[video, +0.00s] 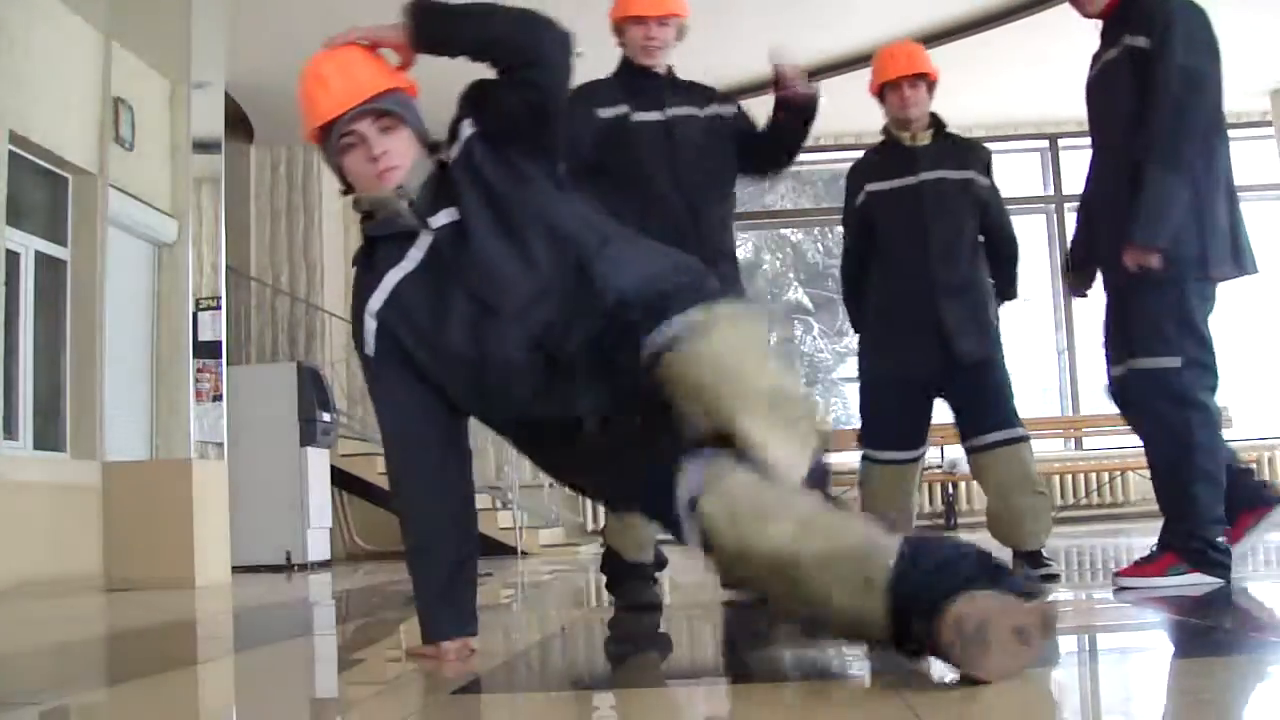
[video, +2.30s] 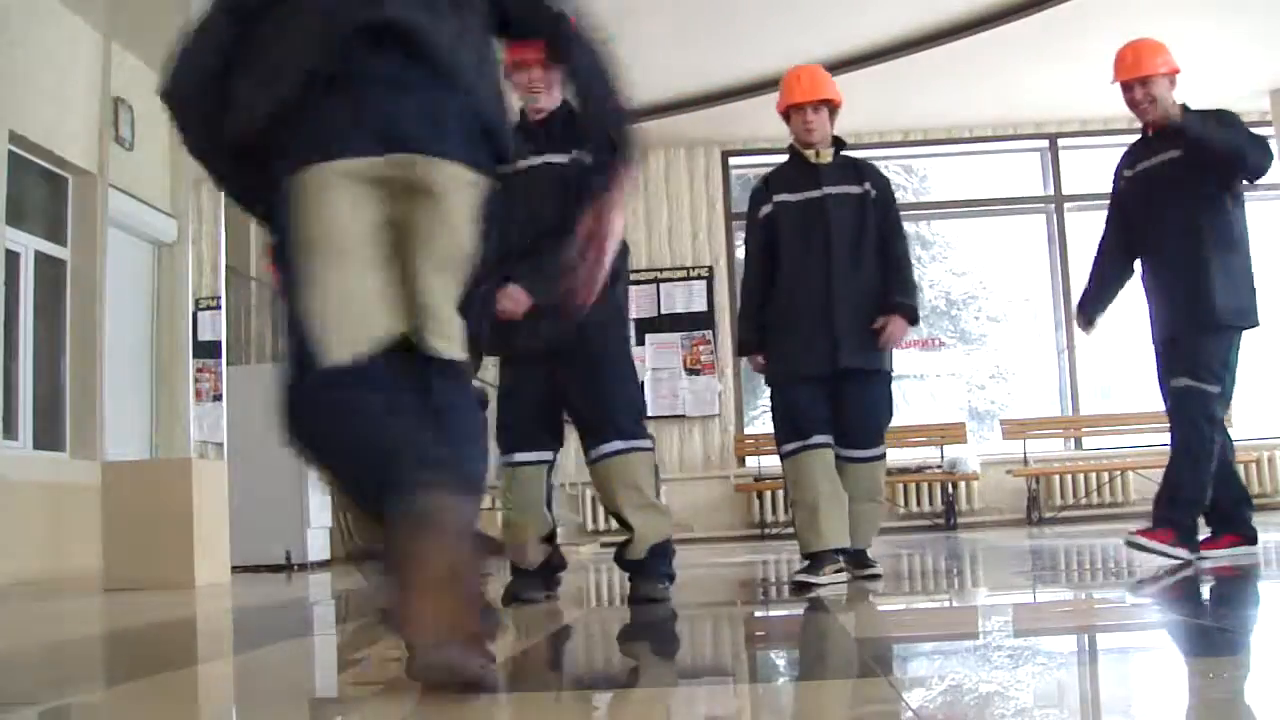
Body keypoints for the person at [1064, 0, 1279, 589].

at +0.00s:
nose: (1075, 5)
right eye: (1072, 3)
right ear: (1092, 0)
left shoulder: (1170, 13)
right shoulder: (1115, 41)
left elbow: (1180, 126)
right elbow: (1112, 154)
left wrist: (1153, 228)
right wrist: (1087, 247)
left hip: (1171, 241)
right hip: (1132, 247)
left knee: (1170, 383)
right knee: (1135, 381)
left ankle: (1198, 548)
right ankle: (1236, 490)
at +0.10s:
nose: (1062, 4)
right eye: (1060, 1)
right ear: (1086, 0)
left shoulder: (1158, 15)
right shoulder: (1103, 43)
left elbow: (1164, 126)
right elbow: (1096, 156)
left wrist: (1127, 224)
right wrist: (1069, 248)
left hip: (1163, 241)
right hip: (1120, 247)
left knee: (1164, 385)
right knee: (1116, 388)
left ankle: (1203, 553)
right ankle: (1178, 542)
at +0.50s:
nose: (1014, 22)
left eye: (1019, 7)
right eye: (1005, 15)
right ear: (1008, 19)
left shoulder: (1123, 53)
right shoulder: (1035, 93)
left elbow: (1154, 158)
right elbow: (1039, 195)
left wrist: (1151, 253)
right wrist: (1037, 286)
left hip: (1121, 273)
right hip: (1063, 284)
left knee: (1151, 405)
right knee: (1075, 412)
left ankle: (1194, 548)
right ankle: (1111, 542)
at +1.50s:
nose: (1101, 59)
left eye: (1110, 47)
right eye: (1089, 51)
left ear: (1132, 46)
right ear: (1077, 57)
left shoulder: (1176, 115)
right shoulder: (1061, 131)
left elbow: (1202, 204)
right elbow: (1048, 219)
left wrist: (1209, 287)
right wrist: (1048, 291)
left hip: (1161, 298)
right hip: (1087, 301)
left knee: (1158, 422)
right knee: (1079, 421)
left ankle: (1155, 538)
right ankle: (1079, 537)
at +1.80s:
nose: (1109, 69)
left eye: (1119, 57)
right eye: (1099, 60)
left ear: (1145, 56)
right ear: (1091, 66)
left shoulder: (1190, 121)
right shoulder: (1083, 140)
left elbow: (1226, 207)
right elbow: (1070, 224)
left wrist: (1246, 283)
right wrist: (1073, 290)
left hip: (1171, 296)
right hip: (1106, 301)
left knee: (1159, 409)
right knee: (1106, 406)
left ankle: (1161, 540)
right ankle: (1155, 519)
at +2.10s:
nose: (1127, 93)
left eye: (1135, 81)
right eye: (1117, 85)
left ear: (1161, 77)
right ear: (1109, 89)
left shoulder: (1203, 133)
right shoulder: (1113, 160)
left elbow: (1243, 191)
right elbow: (1098, 238)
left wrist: (1200, 216)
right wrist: (1087, 305)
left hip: (1197, 301)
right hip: (1143, 306)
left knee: (1175, 411)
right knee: (1177, 416)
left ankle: (1159, 535)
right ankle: (1231, 526)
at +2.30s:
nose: (1137, 96)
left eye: (1144, 83)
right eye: (1128, 89)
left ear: (1171, 78)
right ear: (1123, 95)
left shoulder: (1216, 126)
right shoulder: (1132, 163)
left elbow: (1257, 160)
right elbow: (1119, 242)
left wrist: (1188, 124)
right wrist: (1092, 301)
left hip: (1218, 294)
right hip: (1166, 303)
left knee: (1197, 406)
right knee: (1190, 413)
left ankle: (1176, 526)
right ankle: (1233, 526)